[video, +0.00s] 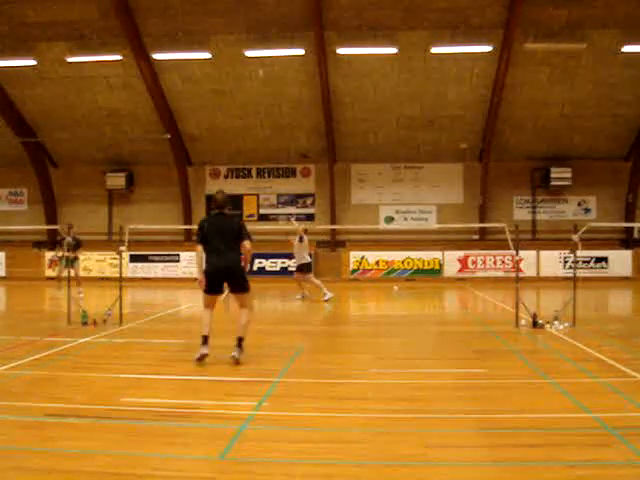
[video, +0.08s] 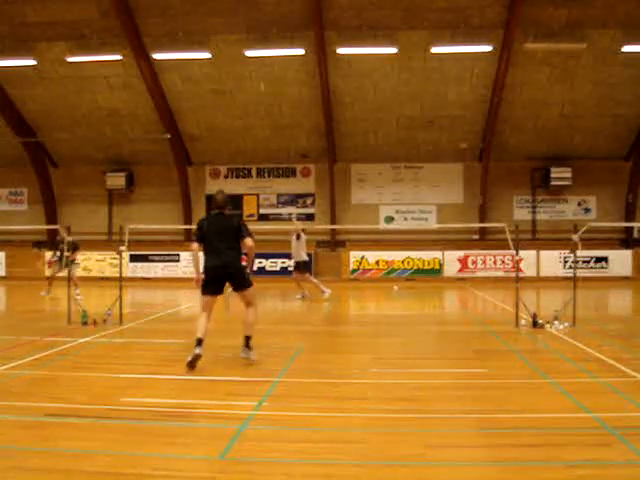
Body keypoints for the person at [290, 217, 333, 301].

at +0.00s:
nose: (299, 229)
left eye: (301, 228)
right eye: (299, 228)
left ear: (303, 231)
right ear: (299, 231)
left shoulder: (303, 238)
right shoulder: (297, 239)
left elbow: (300, 229)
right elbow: (295, 244)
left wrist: (294, 222)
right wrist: (291, 241)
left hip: (306, 261)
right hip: (299, 262)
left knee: (310, 278)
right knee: (297, 277)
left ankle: (326, 292)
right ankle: (303, 293)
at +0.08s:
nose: (296, 229)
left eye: (298, 227)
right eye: (295, 227)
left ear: (301, 229)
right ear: (295, 229)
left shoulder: (301, 237)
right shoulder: (294, 237)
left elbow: (298, 229)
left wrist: (294, 220)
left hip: (303, 260)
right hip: (297, 260)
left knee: (307, 276)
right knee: (295, 277)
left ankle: (325, 290)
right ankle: (303, 292)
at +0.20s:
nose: (295, 221)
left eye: (297, 220)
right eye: (295, 219)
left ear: (300, 222)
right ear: (294, 220)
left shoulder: (299, 229)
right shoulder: (291, 229)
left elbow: (298, 228)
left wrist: (297, 226)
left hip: (297, 251)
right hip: (291, 251)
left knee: (299, 269)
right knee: (294, 270)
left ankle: (312, 281)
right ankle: (300, 288)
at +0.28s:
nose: (294, 221)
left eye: (296, 220)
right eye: (294, 219)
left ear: (299, 221)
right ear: (292, 220)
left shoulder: (297, 228)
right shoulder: (291, 229)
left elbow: (298, 227)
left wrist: (297, 225)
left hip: (297, 250)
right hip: (290, 250)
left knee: (298, 268)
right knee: (292, 268)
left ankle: (309, 280)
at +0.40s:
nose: (293, 219)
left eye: (295, 218)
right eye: (293, 217)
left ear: (297, 221)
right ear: (292, 219)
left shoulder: (298, 229)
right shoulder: (285, 226)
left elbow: (305, 237)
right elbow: (276, 221)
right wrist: (285, 217)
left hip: (293, 251)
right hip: (285, 250)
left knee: (295, 270)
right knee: (286, 270)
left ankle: (300, 288)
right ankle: (288, 287)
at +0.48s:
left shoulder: (295, 236)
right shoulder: (282, 234)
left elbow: (302, 245)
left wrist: (299, 248)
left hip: (291, 256)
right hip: (282, 255)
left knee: (291, 274)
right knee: (281, 275)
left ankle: (297, 291)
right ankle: (281, 290)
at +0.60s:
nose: (289, 234)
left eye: (291, 233)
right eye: (288, 232)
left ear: (293, 234)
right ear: (286, 233)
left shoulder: (294, 242)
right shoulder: (281, 239)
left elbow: (297, 250)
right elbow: (273, 241)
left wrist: (293, 254)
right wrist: (275, 246)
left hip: (288, 261)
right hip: (280, 260)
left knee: (287, 276)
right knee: (280, 276)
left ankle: (296, 287)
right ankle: (281, 291)